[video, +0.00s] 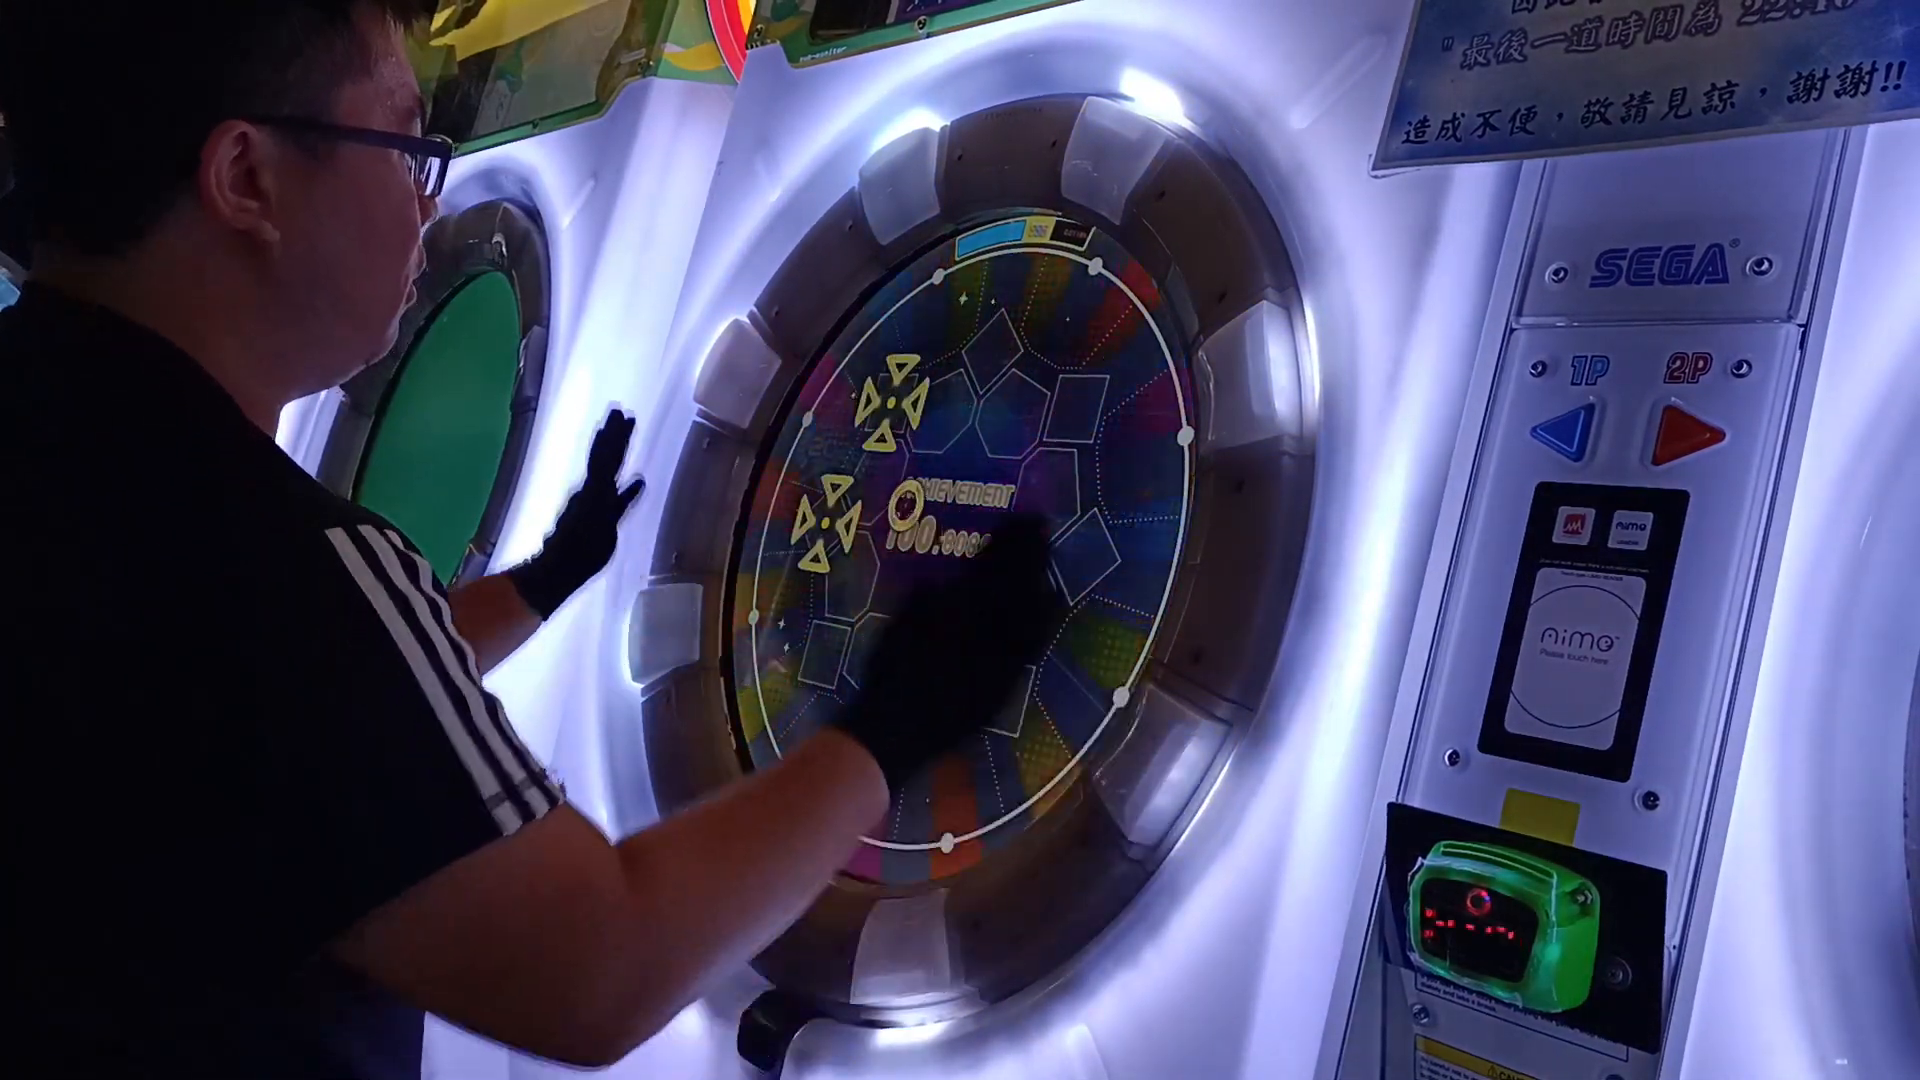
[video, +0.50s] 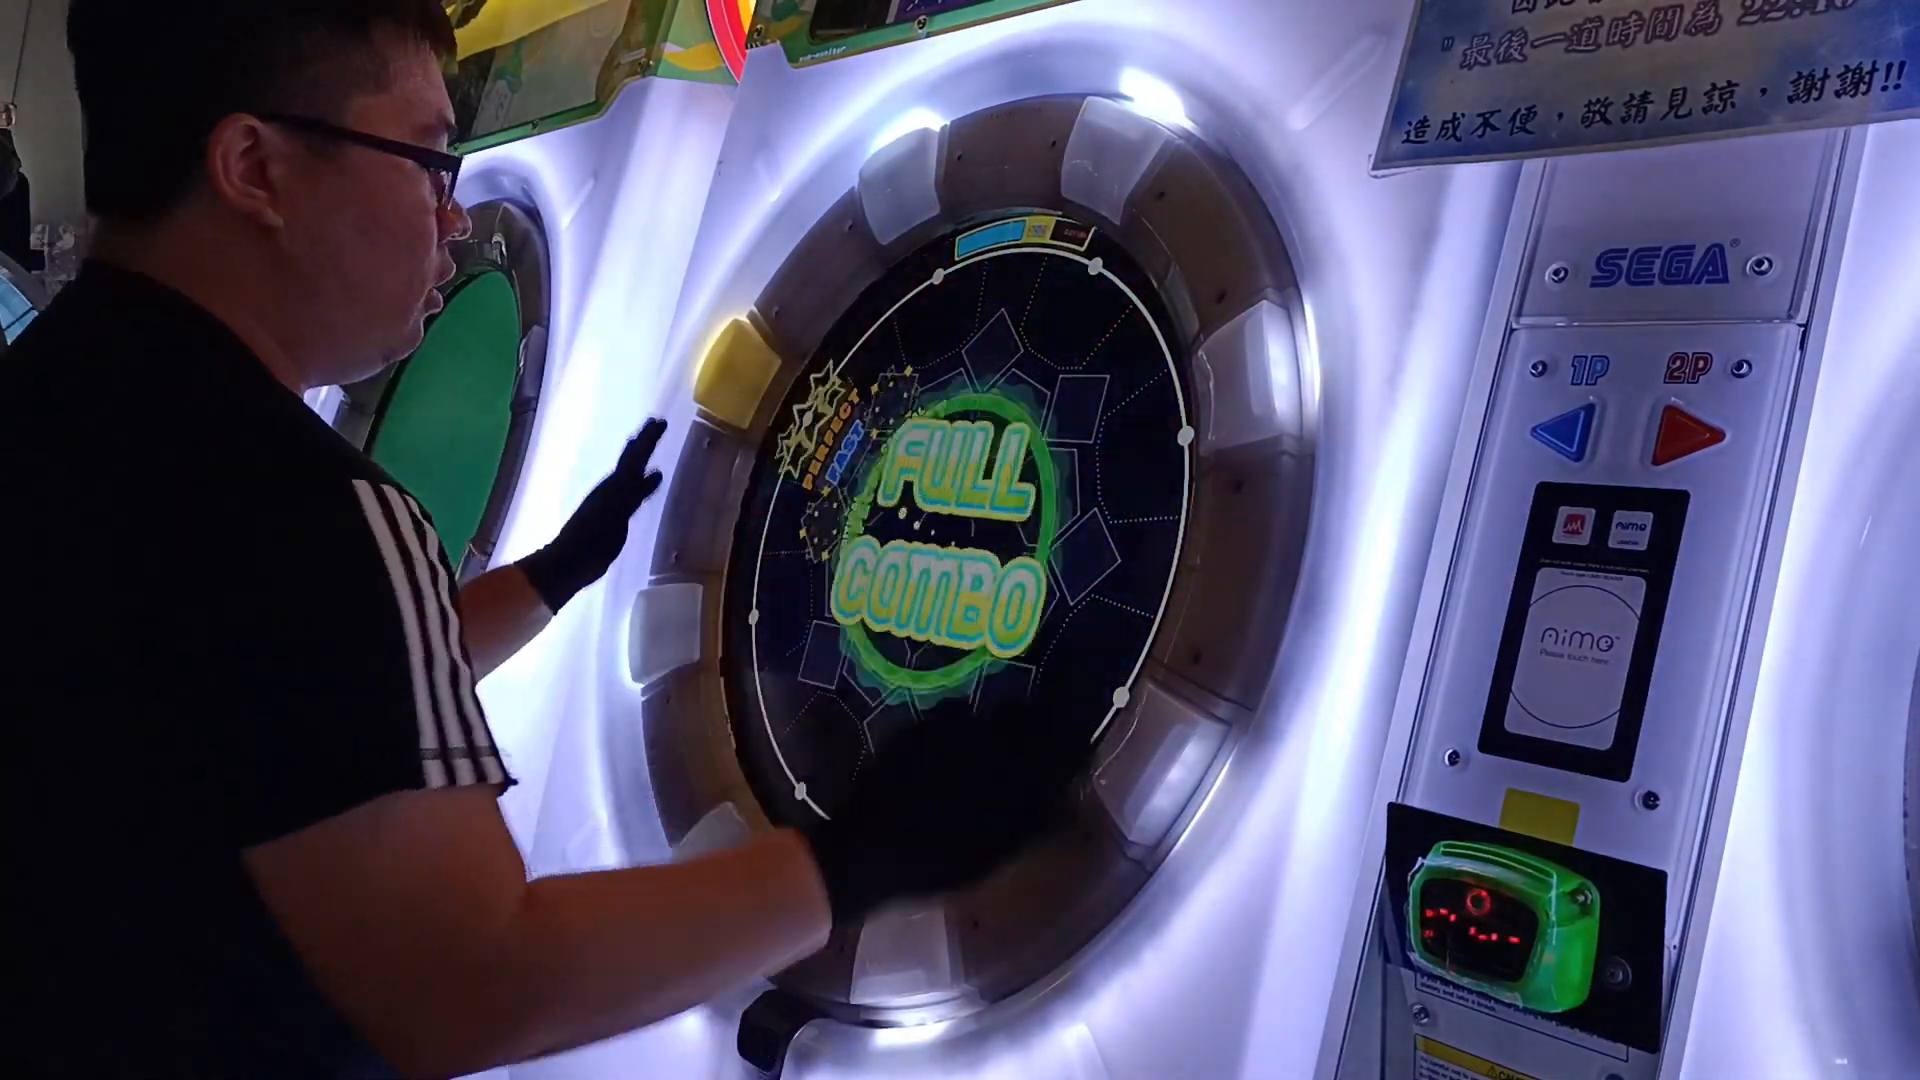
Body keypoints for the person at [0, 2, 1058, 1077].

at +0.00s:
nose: (433, 201)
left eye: (426, 149)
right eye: (408, 148)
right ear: (244, 184)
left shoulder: (29, 418)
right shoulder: (270, 568)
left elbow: (269, 736)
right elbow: (595, 974)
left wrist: (541, 579)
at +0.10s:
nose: (429, 186)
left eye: (419, 138)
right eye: (408, 132)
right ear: (253, 166)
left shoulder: (24, 406)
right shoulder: (315, 534)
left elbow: (292, 707)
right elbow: (684, 833)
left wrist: (527, 464)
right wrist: (798, 559)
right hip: (293, 1044)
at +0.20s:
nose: (441, 190)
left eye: (437, 141)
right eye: (421, 139)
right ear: (268, 167)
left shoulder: (36, 400)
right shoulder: (354, 521)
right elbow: (734, 709)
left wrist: (587, 443)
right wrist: (788, 499)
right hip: (311, 1041)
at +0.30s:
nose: (448, 201)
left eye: (438, 153)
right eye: (425, 149)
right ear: (273, 186)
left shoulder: (25, 414)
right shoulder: (368, 522)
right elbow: (716, 720)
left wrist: (643, 461)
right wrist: (827, 524)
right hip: (331, 1048)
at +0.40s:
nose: (453, 221)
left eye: (445, 172)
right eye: (429, 168)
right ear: (264, 181)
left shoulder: (26, 418)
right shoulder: (332, 532)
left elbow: (327, 703)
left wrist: (574, 506)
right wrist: (836, 627)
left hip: (59, 1041)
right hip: (319, 1055)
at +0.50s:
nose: (458, 219)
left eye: (451, 166)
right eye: (430, 163)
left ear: (251, 178)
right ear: (254, 173)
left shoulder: (53, 402)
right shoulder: (269, 494)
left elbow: (305, 711)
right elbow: (456, 991)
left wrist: (558, 570)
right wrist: (860, 855)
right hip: (265, 1052)